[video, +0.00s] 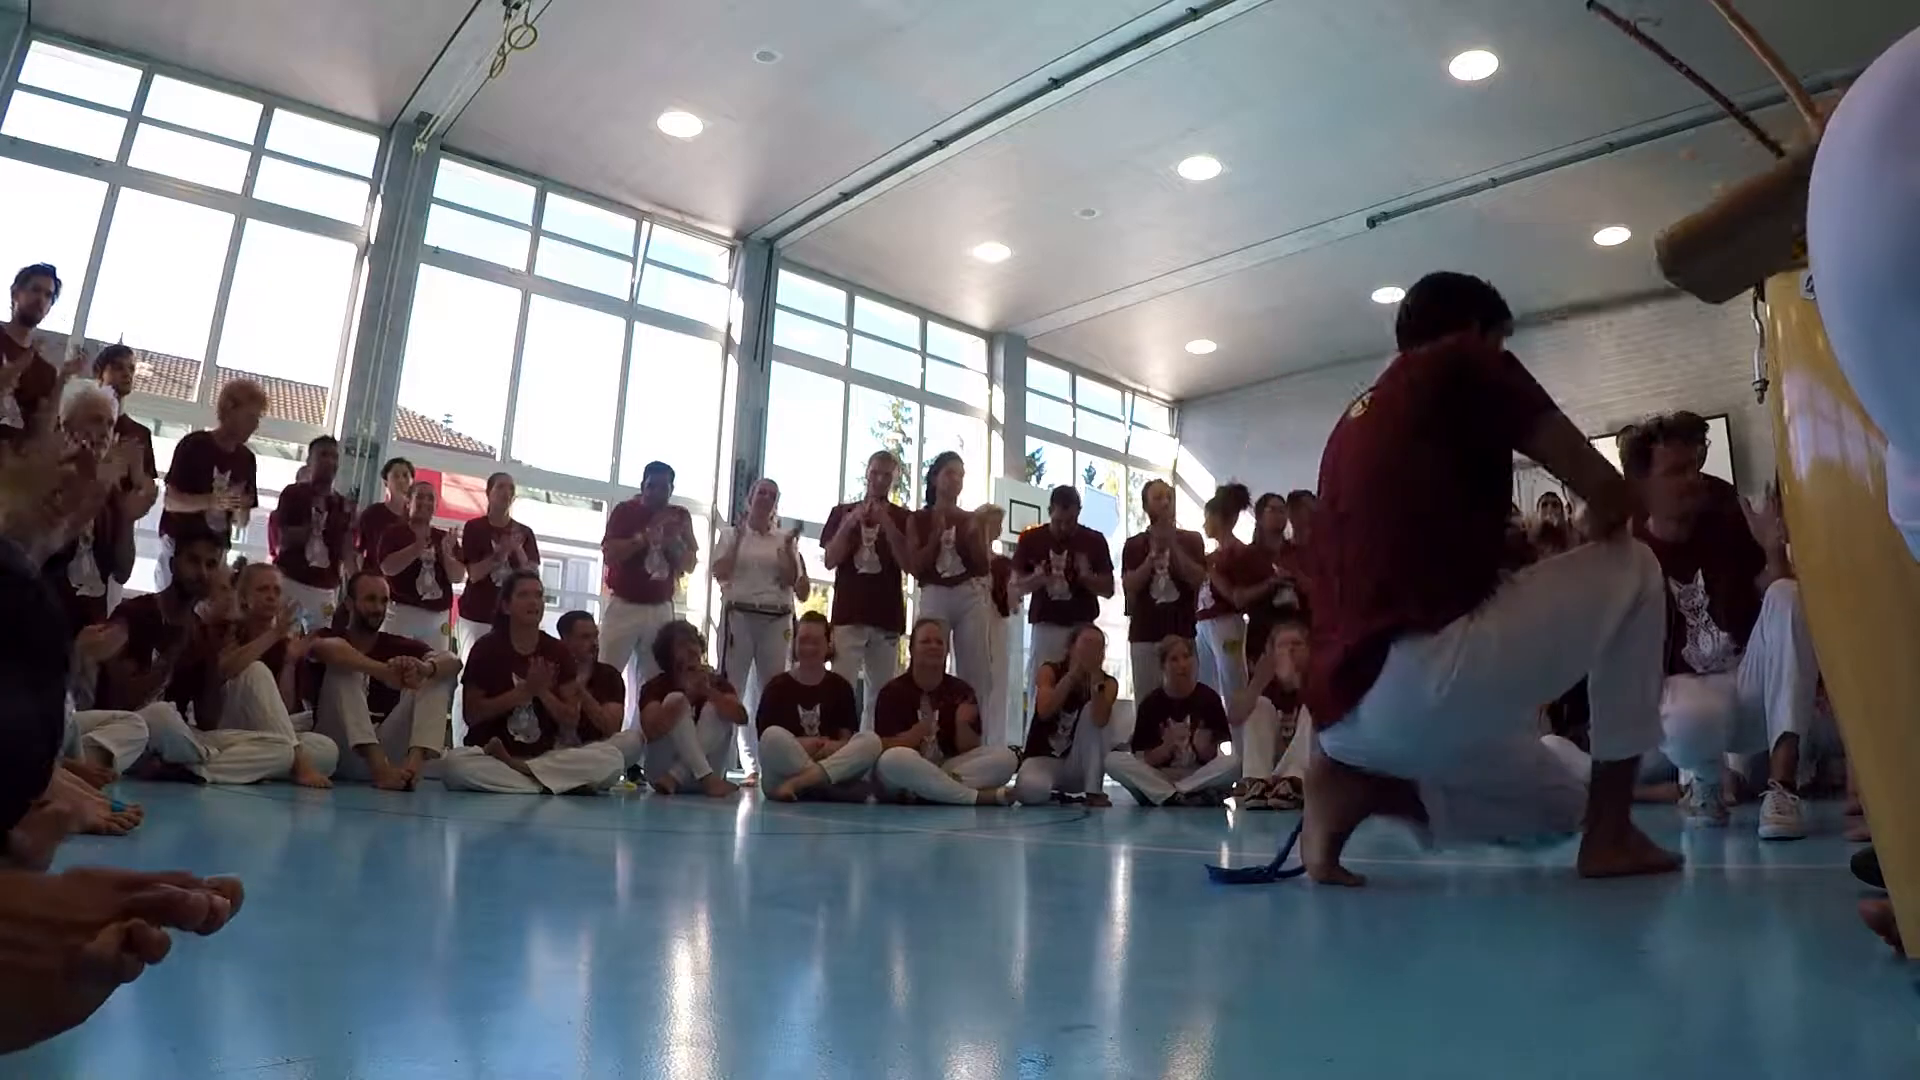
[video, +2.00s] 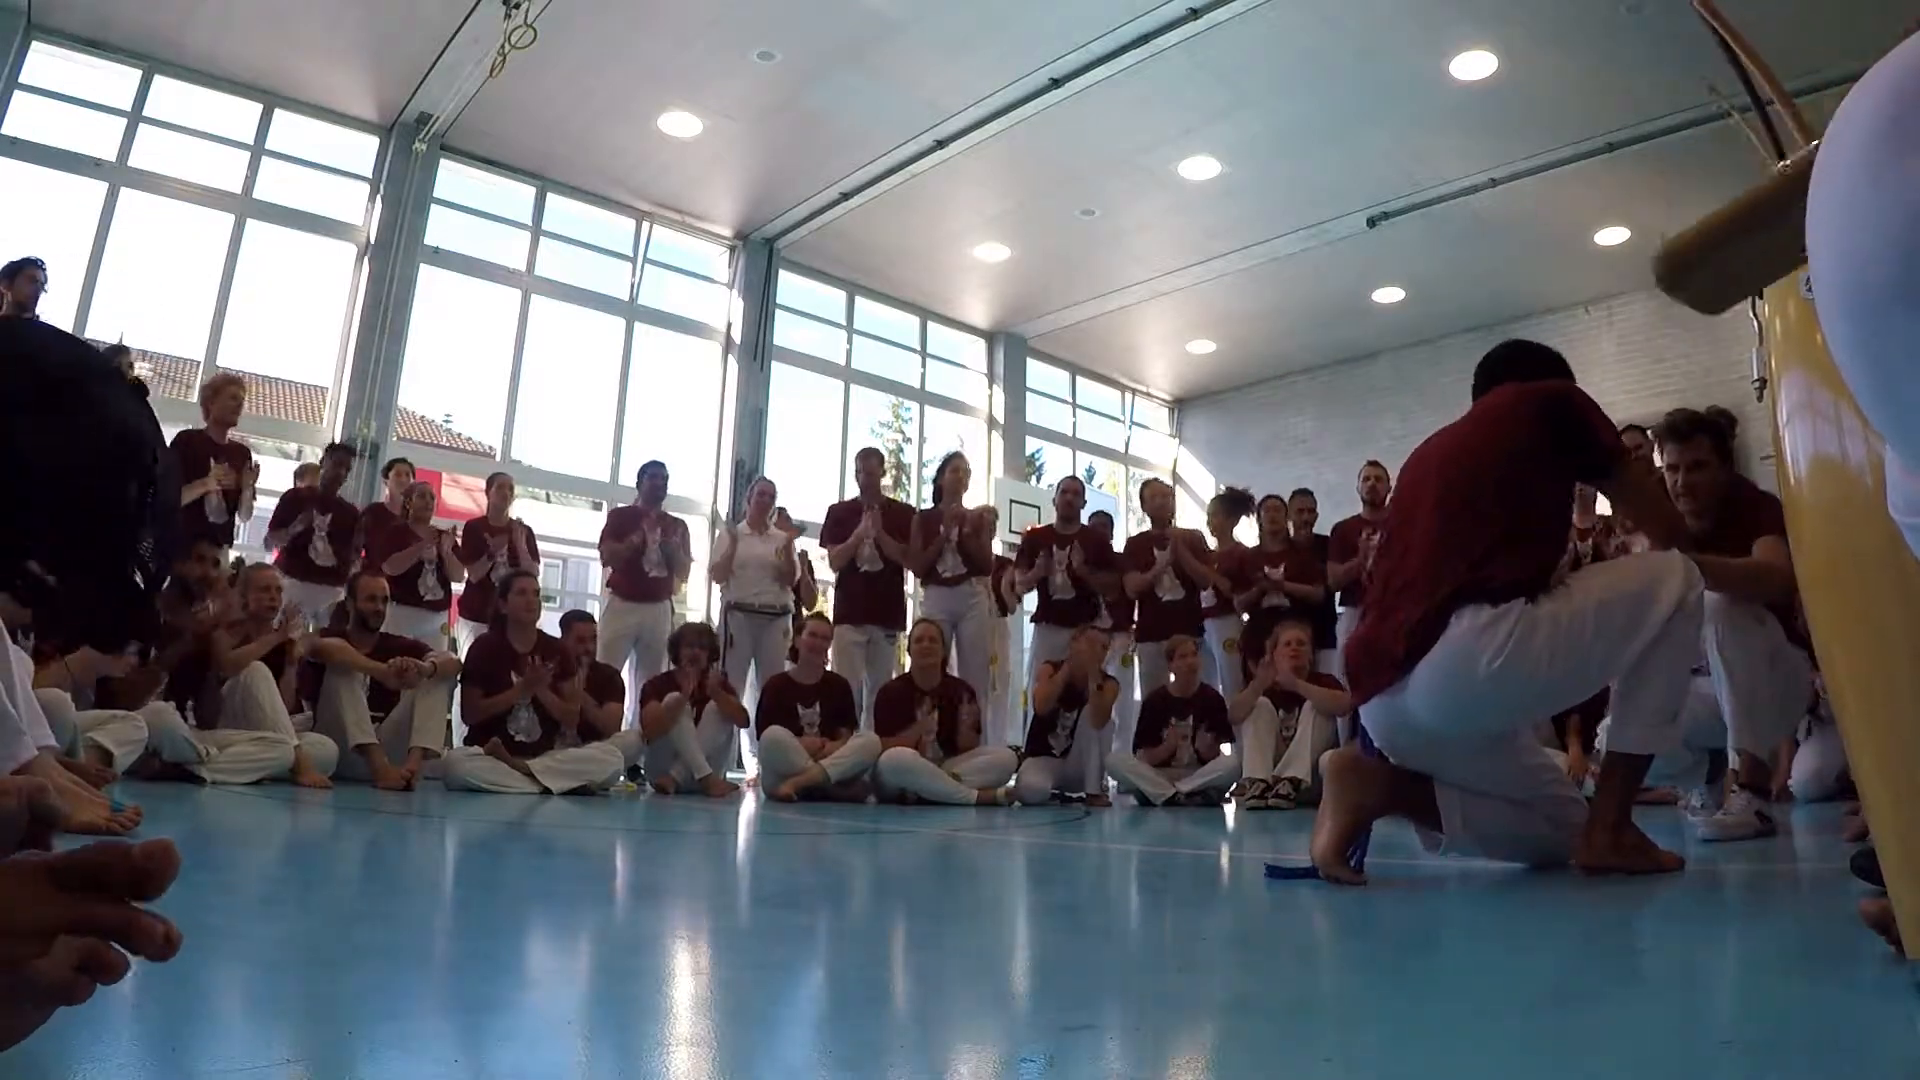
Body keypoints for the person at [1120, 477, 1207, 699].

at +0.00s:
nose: (1165, 502)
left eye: (1169, 497)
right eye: (1158, 497)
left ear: (1174, 502)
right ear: (1146, 506)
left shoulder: (1192, 540)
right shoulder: (1134, 544)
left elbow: (1197, 579)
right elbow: (1130, 586)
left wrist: (1174, 545)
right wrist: (1150, 558)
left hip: (1183, 630)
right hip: (1145, 631)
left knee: (1184, 697)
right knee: (1146, 700)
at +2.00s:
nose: (1165, 501)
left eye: (1168, 496)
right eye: (1156, 497)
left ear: (1174, 501)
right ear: (1144, 507)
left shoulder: (1193, 538)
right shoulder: (1136, 543)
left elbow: (1206, 581)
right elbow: (1132, 588)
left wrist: (1181, 551)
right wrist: (1160, 566)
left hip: (1190, 632)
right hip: (1151, 635)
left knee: (1193, 703)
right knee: (1154, 706)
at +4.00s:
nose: (1165, 503)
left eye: (1167, 497)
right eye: (1156, 498)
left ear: (1171, 502)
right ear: (1142, 506)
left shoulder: (1189, 538)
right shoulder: (1130, 545)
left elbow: (1198, 580)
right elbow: (1128, 590)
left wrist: (1174, 546)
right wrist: (1152, 566)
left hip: (1186, 624)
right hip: (1145, 628)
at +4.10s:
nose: (1170, 506)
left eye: (1172, 500)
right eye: (1161, 500)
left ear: (1176, 502)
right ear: (1145, 507)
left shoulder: (1193, 539)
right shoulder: (1133, 545)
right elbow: (1127, 590)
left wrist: (1177, 552)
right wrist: (1155, 565)